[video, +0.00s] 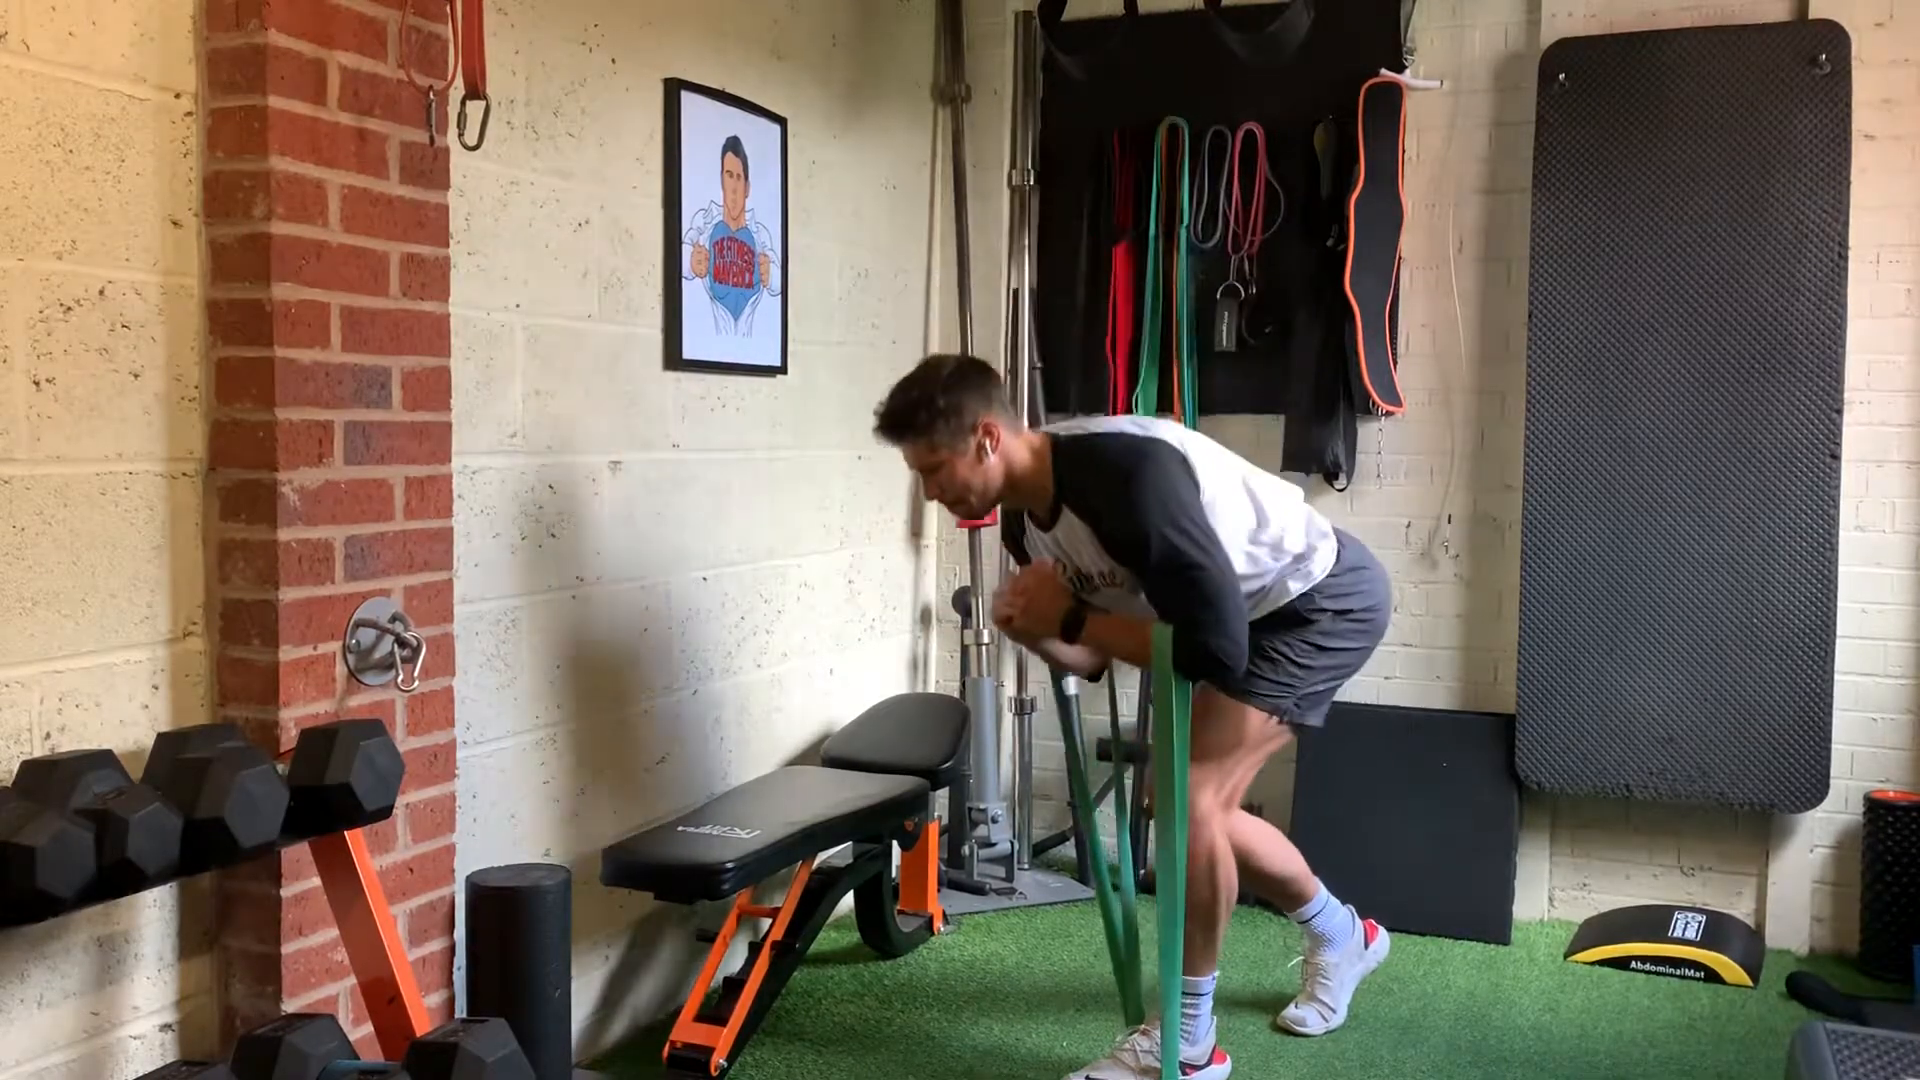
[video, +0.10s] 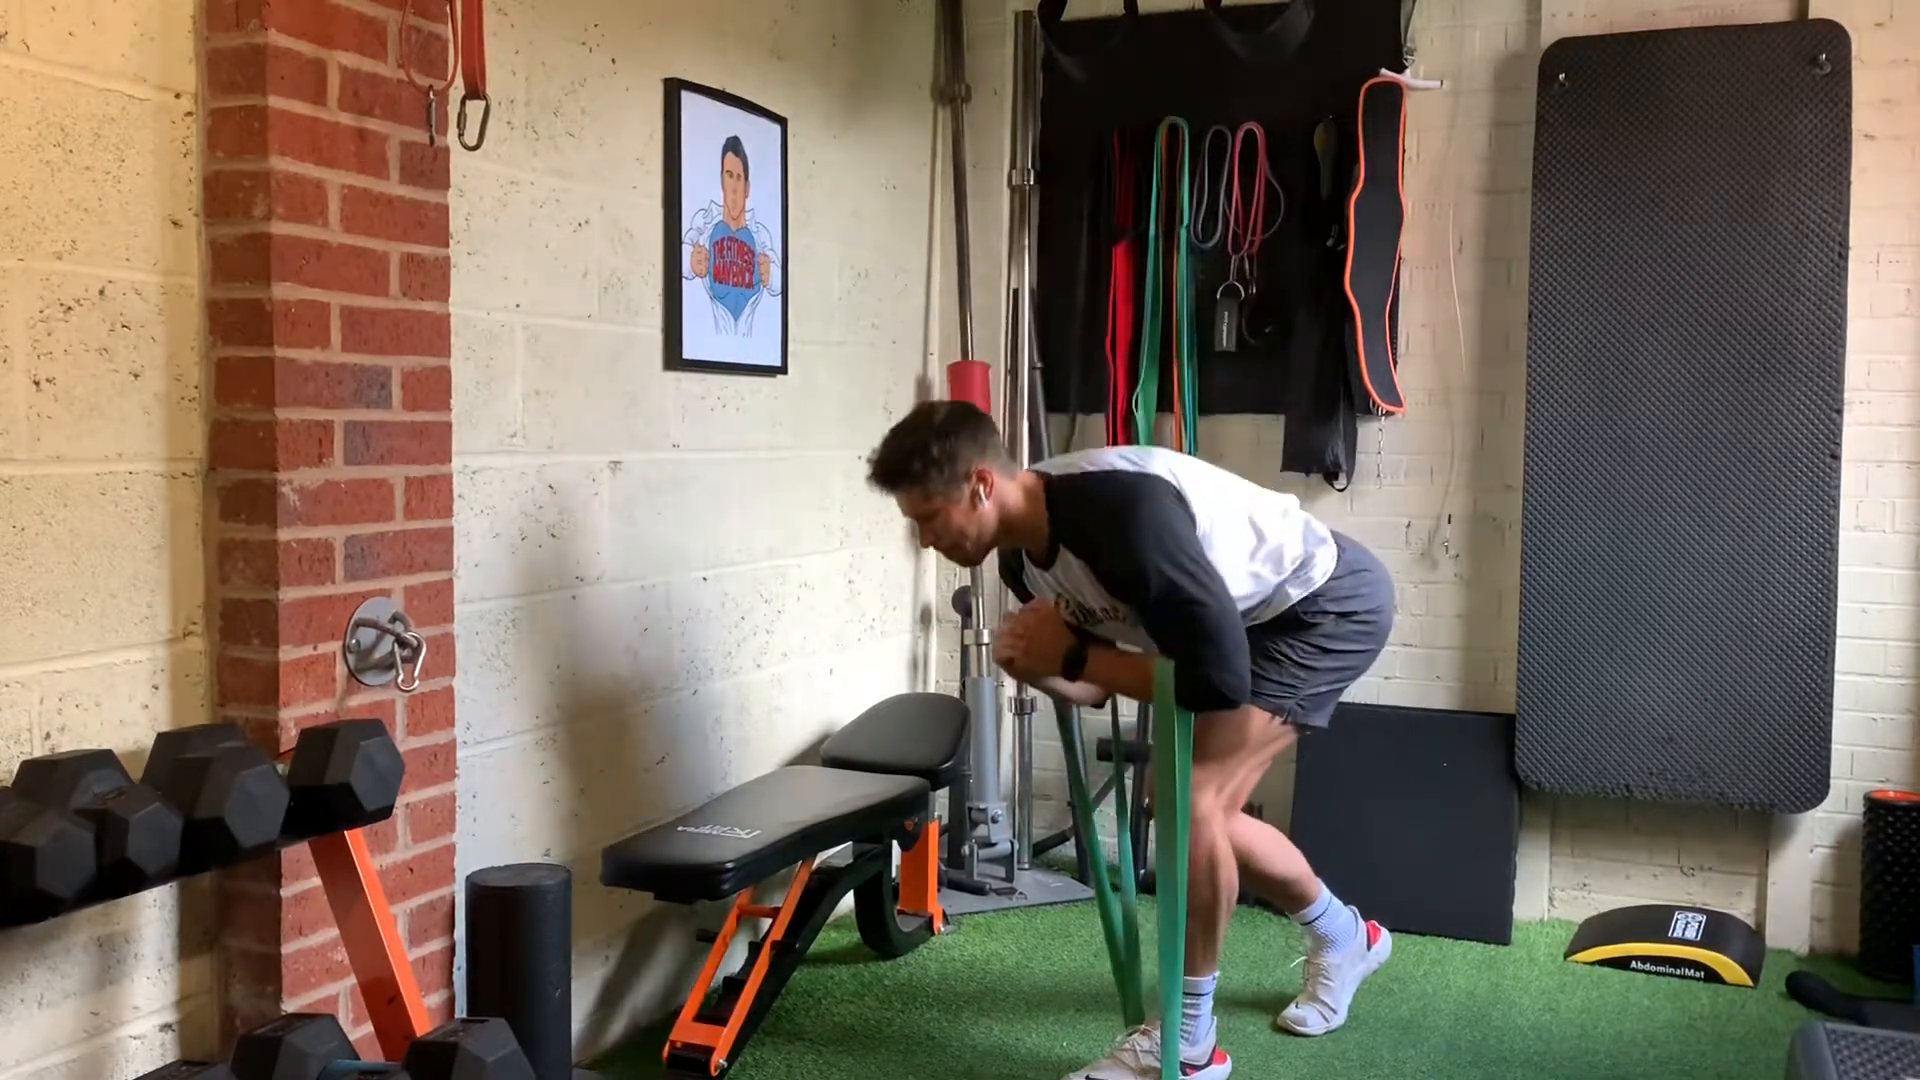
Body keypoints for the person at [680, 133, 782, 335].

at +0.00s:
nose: (733, 184)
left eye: (739, 177)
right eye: (729, 175)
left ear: (748, 187)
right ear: (721, 182)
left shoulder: (760, 234)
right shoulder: (705, 227)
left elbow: (778, 287)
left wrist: (770, 275)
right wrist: (694, 267)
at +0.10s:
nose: (734, 184)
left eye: (739, 177)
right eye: (729, 175)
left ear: (747, 187)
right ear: (721, 182)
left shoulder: (760, 234)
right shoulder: (705, 227)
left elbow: (779, 287)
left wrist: (770, 275)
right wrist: (694, 267)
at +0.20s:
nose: (734, 184)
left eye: (739, 176)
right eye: (729, 175)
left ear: (748, 187)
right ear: (721, 181)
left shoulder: (760, 232)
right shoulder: (704, 224)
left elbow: (779, 286)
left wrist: (770, 274)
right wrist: (693, 266)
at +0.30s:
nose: (734, 184)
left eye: (739, 176)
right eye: (729, 175)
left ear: (748, 187)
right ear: (721, 181)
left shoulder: (760, 232)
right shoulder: (704, 224)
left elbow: (779, 286)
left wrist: (769, 274)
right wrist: (693, 267)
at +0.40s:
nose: (734, 184)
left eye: (739, 176)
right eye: (729, 175)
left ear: (748, 187)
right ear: (721, 181)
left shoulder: (760, 232)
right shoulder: (704, 225)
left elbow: (779, 286)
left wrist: (770, 275)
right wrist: (693, 267)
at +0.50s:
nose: (734, 184)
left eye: (739, 176)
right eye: (729, 175)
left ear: (748, 187)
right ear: (721, 181)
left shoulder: (760, 234)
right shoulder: (705, 227)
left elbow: (779, 287)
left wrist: (770, 276)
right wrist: (694, 267)